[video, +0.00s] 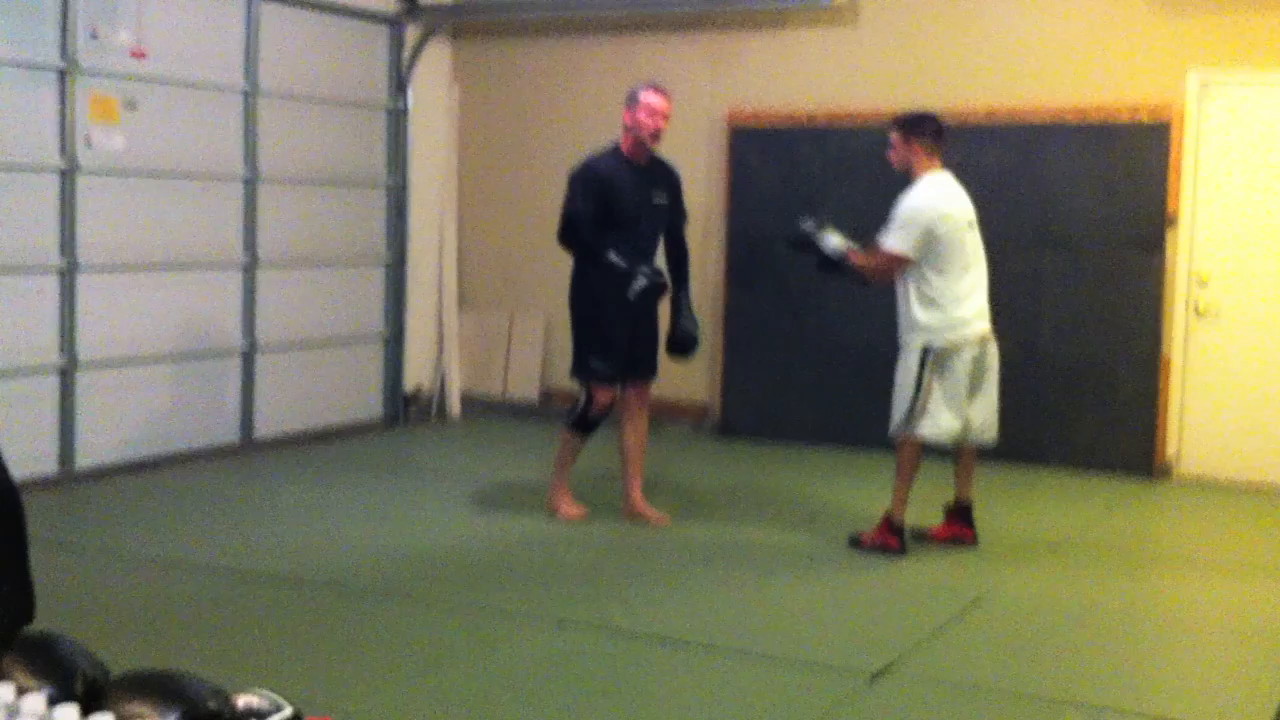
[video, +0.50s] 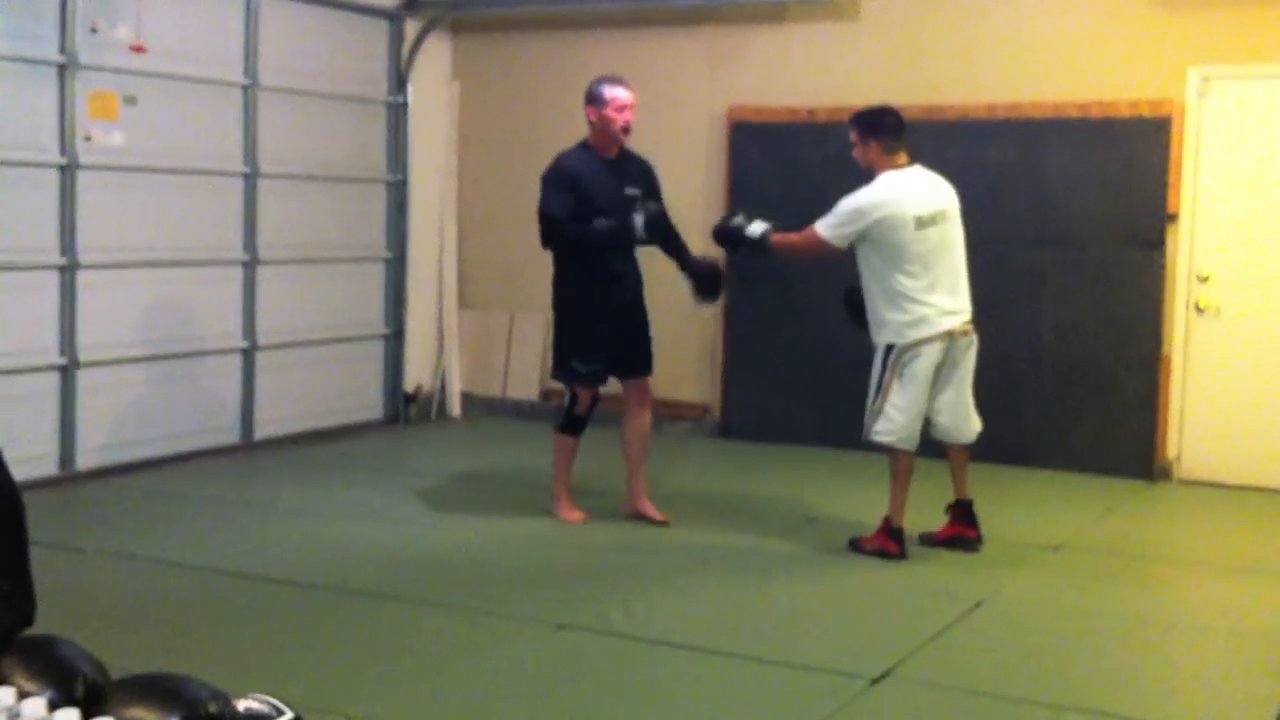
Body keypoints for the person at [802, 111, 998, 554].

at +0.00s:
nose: (889, 153)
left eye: (893, 145)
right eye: (890, 145)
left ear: (914, 147)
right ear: (925, 147)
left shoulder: (919, 200)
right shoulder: (953, 190)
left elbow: (882, 268)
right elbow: (909, 263)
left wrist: (838, 246)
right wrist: (852, 255)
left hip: (934, 337)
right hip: (974, 332)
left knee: (910, 432)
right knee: (967, 431)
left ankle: (893, 525)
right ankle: (961, 518)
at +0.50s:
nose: (855, 154)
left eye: (856, 145)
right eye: (854, 145)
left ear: (870, 145)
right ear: (901, 140)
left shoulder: (873, 199)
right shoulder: (940, 186)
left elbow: (808, 243)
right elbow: (931, 262)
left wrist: (759, 235)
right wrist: (880, 297)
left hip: (913, 334)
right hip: (960, 326)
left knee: (900, 431)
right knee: (956, 423)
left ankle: (892, 530)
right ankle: (964, 518)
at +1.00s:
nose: (864, 150)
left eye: (867, 142)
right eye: (866, 141)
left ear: (879, 145)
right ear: (910, 143)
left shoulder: (870, 205)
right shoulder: (953, 189)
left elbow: (857, 279)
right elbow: (966, 252)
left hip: (917, 335)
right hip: (971, 325)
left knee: (907, 431)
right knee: (985, 417)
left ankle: (893, 529)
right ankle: (1019, 509)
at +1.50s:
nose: (936, 156)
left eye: (938, 147)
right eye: (937, 147)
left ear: (954, 148)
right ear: (980, 147)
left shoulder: (944, 198)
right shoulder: (1018, 193)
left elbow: (910, 261)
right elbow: (996, 242)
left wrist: (904, 209)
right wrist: (944, 193)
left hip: (980, 331)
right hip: (1035, 329)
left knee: (937, 421)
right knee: (1031, 431)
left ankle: (948, 520)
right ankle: (1042, 526)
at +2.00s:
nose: (1004, 162)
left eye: (1008, 153)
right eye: (1005, 154)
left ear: (1027, 154)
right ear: (1049, 153)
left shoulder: (1029, 205)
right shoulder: (1086, 196)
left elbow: (996, 268)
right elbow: (1062, 249)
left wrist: (987, 219)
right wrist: (1016, 199)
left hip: (1054, 341)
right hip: (1107, 333)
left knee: (1003, 429)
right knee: (1113, 428)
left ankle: (978, 526)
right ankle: (1134, 529)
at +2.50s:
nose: (1059, 173)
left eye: (1062, 164)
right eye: (1059, 164)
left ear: (1080, 164)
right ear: (1106, 163)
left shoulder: (1084, 214)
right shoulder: (1143, 206)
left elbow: (1053, 278)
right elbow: (1122, 263)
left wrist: (1043, 229)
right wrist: (1069, 216)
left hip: (1111, 349)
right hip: (1165, 341)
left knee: (1043, 431)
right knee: (1179, 439)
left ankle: (1028, 530)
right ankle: (1197, 530)